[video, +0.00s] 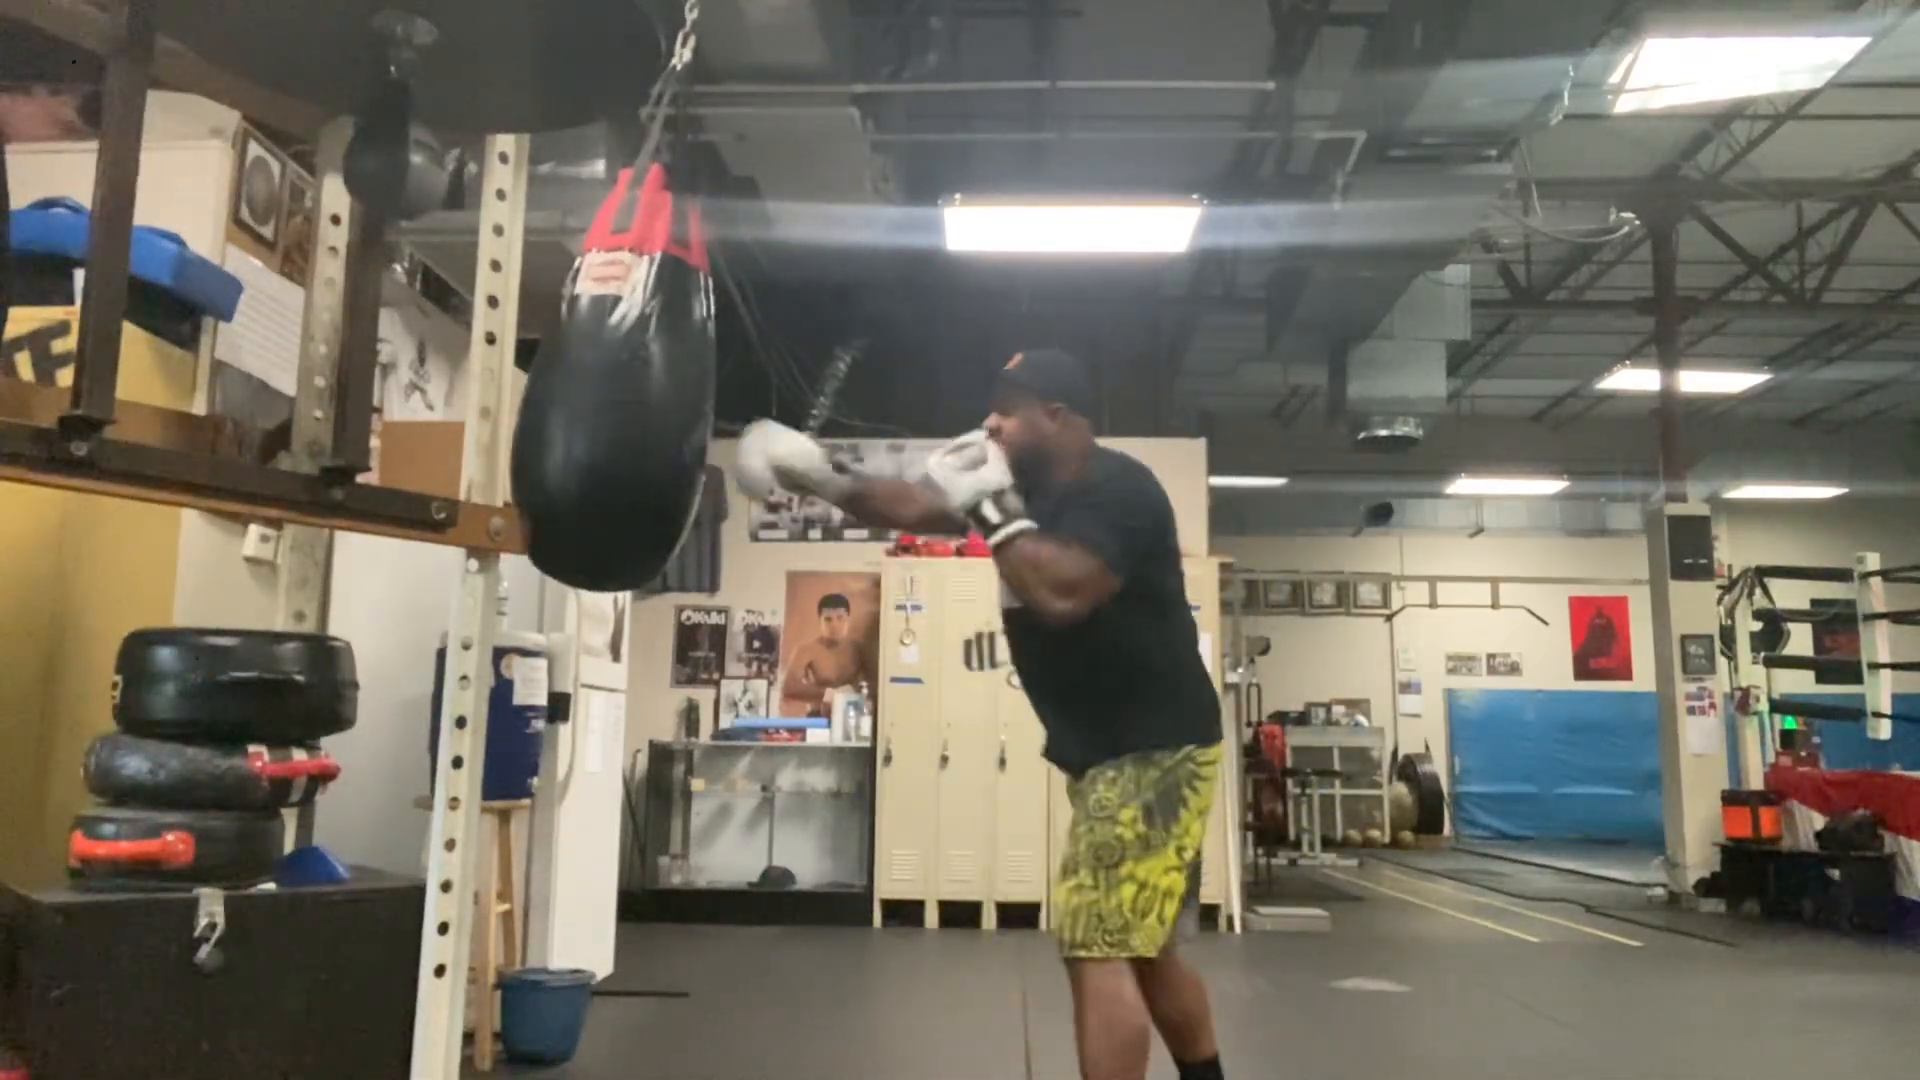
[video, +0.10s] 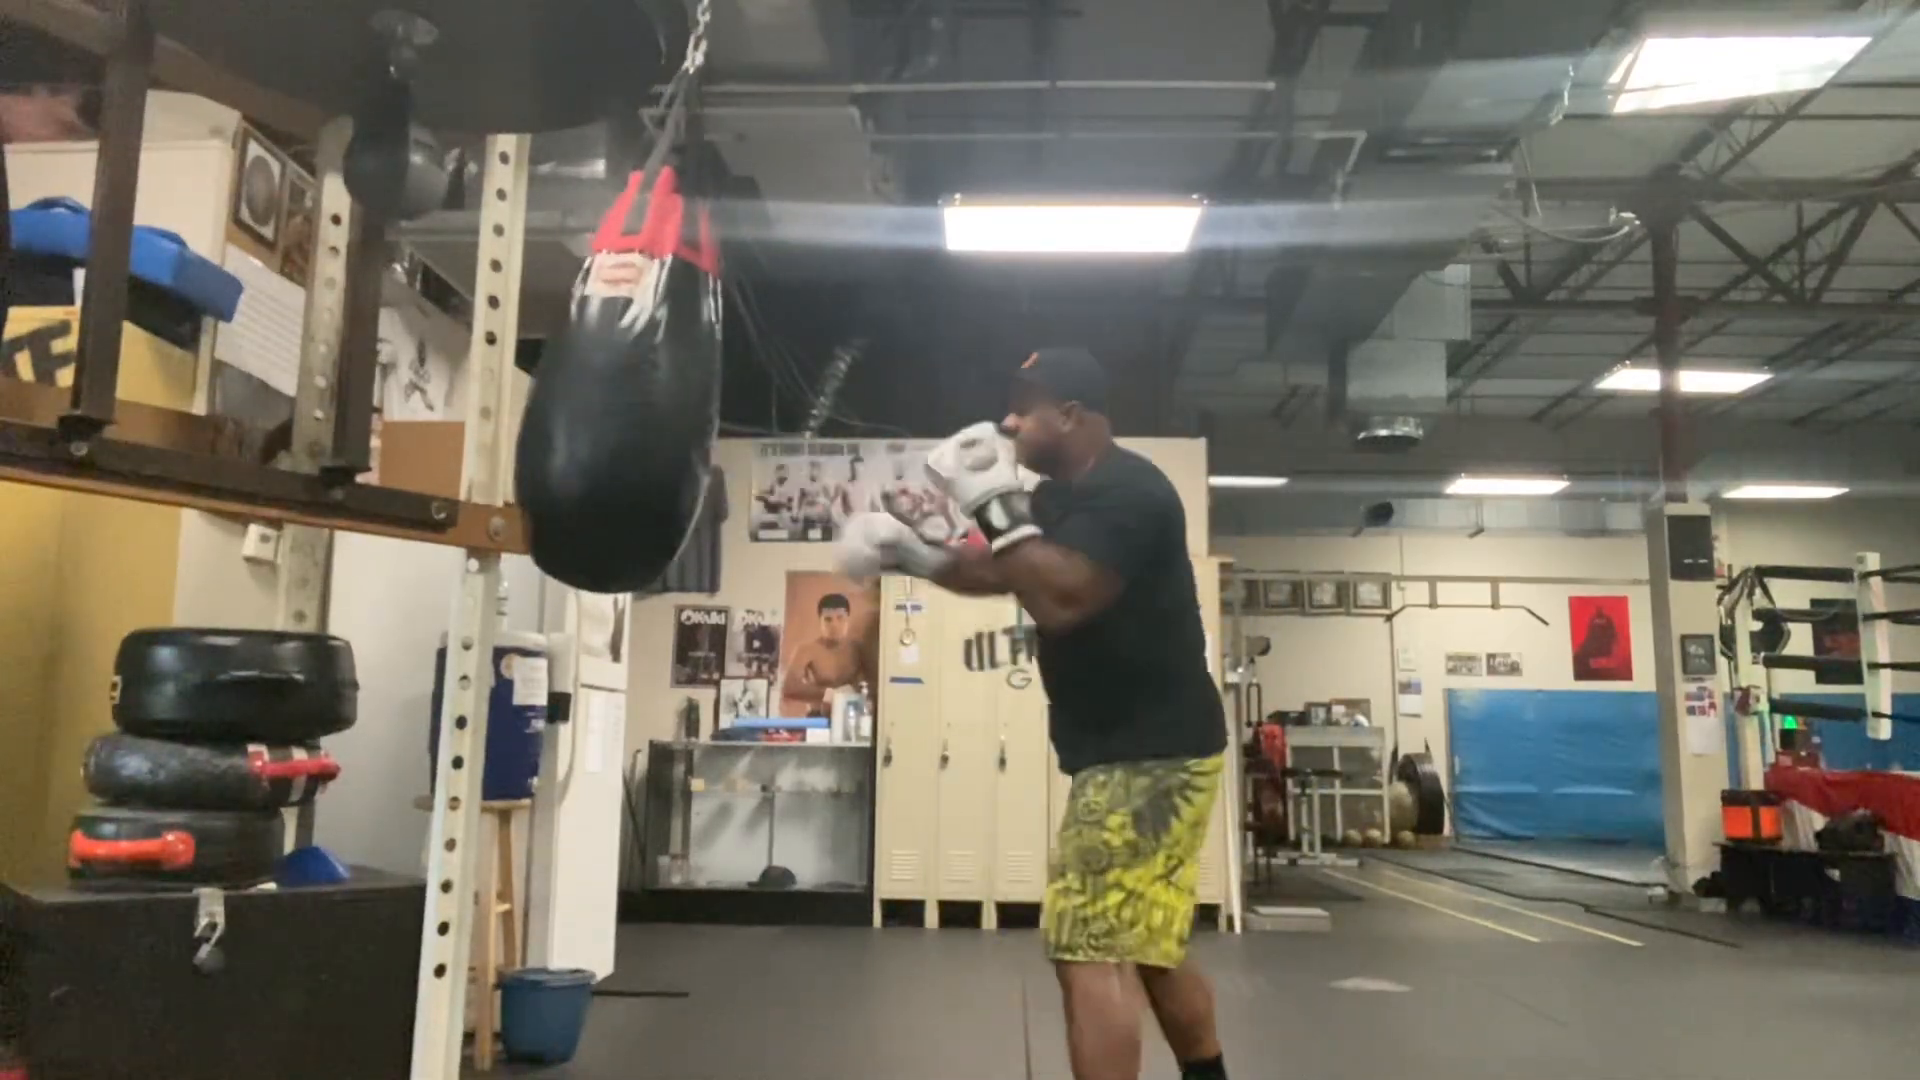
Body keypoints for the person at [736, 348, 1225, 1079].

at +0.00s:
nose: (993, 428)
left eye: (1006, 414)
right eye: (994, 414)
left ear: (1057, 416)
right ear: (1045, 419)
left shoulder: (1121, 488)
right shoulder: (1032, 491)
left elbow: (1064, 591)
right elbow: (920, 504)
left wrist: (999, 509)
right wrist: (821, 475)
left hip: (1155, 750)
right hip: (1105, 754)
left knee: (1094, 942)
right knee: (1148, 949)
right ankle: (1206, 1077)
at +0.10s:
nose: (1012, 429)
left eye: (1024, 414)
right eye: (1013, 415)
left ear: (1073, 417)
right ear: (1064, 419)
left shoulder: (1132, 493)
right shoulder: (1058, 497)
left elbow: (1062, 598)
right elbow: (1004, 572)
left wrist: (1003, 523)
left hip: (1151, 754)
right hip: (1123, 753)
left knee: (1084, 944)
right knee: (1156, 948)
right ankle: (1209, 1079)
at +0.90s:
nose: (1052, 422)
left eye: (1069, 409)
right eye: (1054, 408)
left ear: (1117, 414)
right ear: (1091, 416)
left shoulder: (1167, 489)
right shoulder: (1085, 478)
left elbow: (1110, 599)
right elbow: (970, 488)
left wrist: (1024, 530)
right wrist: (864, 465)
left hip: (1186, 741)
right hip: (1136, 740)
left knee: (1132, 932)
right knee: (1149, 925)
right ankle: (1232, 1069)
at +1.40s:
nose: (1057, 444)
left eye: (1065, 428)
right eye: (1057, 429)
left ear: (1108, 428)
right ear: (1125, 431)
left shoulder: (1112, 498)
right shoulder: (1193, 496)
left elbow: (1054, 616)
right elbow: (1128, 603)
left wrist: (975, 591)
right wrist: (1037, 563)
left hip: (1158, 750)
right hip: (1226, 745)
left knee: (1074, 954)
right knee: (1196, 943)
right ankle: (1255, 1075)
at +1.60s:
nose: (1022, 434)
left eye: (1035, 420)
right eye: (1021, 421)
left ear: (1083, 421)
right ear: (1068, 426)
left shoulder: (1153, 494)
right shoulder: (1059, 497)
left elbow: (1128, 591)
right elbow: (970, 528)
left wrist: (1042, 506)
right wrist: (894, 488)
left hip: (1158, 752)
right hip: (1112, 751)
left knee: (1084, 943)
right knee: (1161, 948)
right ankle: (1247, 1072)